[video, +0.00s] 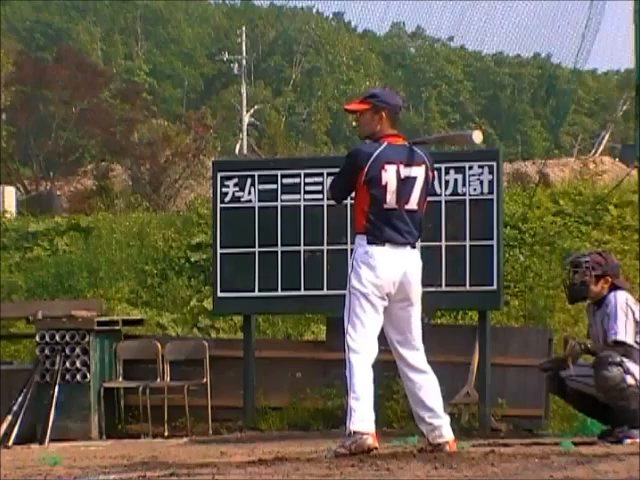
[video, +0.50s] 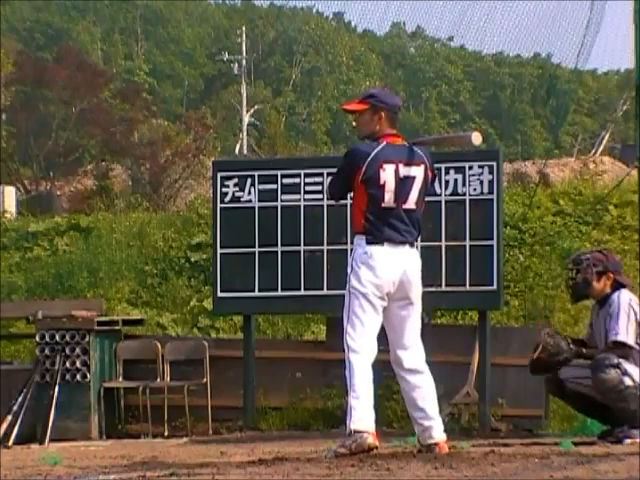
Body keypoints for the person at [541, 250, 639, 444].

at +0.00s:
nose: (577, 281)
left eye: (585, 276)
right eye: (577, 275)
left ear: (606, 282)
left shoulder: (618, 300)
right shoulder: (593, 308)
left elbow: (625, 351)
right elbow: (603, 351)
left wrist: (584, 347)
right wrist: (565, 361)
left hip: (633, 373)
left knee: (607, 367)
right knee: (557, 379)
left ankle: (632, 426)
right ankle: (617, 423)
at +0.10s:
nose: (578, 283)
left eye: (585, 277)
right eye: (577, 277)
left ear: (606, 281)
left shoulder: (619, 299)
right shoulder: (593, 307)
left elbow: (625, 351)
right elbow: (601, 350)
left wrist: (584, 348)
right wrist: (564, 360)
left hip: (633, 373)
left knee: (607, 367)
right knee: (557, 379)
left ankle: (632, 426)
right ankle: (617, 423)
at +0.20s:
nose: (578, 283)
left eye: (585, 277)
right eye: (577, 277)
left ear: (606, 281)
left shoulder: (620, 299)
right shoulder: (593, 307)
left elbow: (625, 351)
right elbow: (596, 350)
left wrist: (584, 349)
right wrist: (562, 361)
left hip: (633, 372)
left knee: (605, 367)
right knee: (558, 378)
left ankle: (632, 426)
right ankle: (617, 424)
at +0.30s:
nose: (577, 282)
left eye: (585, 276)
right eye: (577, 276)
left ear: (607, 280)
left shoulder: (620, 299)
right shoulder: (595, 307)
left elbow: (625, 351)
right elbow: (593, 349)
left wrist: (582, 355)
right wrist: (568, 358)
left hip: (634, 375)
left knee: (605, 365)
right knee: (560, 379)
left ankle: (633, 425)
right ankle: (617, 424)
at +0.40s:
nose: (578, 281)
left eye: (586, 275)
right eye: (579, 275)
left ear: (608, 279)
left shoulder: (621, 299)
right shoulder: (598, 306)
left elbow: (624, 351)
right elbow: (593, 346)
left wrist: (579, 353)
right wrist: (568, 351)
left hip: (633, 372)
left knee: (605, 368)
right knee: (559, 379)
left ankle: (633, 425)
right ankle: (617, 424)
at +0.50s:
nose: (577, 279)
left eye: (584, 273)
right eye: (577, 274)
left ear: (607, 278)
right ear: (604, 279)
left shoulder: (621, 299)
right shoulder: (598, 307)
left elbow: (623, 351)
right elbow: (592, 346)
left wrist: (577, 353)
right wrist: (565, 343)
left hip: (635, 375)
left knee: (605, 367)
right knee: (557, 379)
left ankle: (634, 426)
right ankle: (619, 424)